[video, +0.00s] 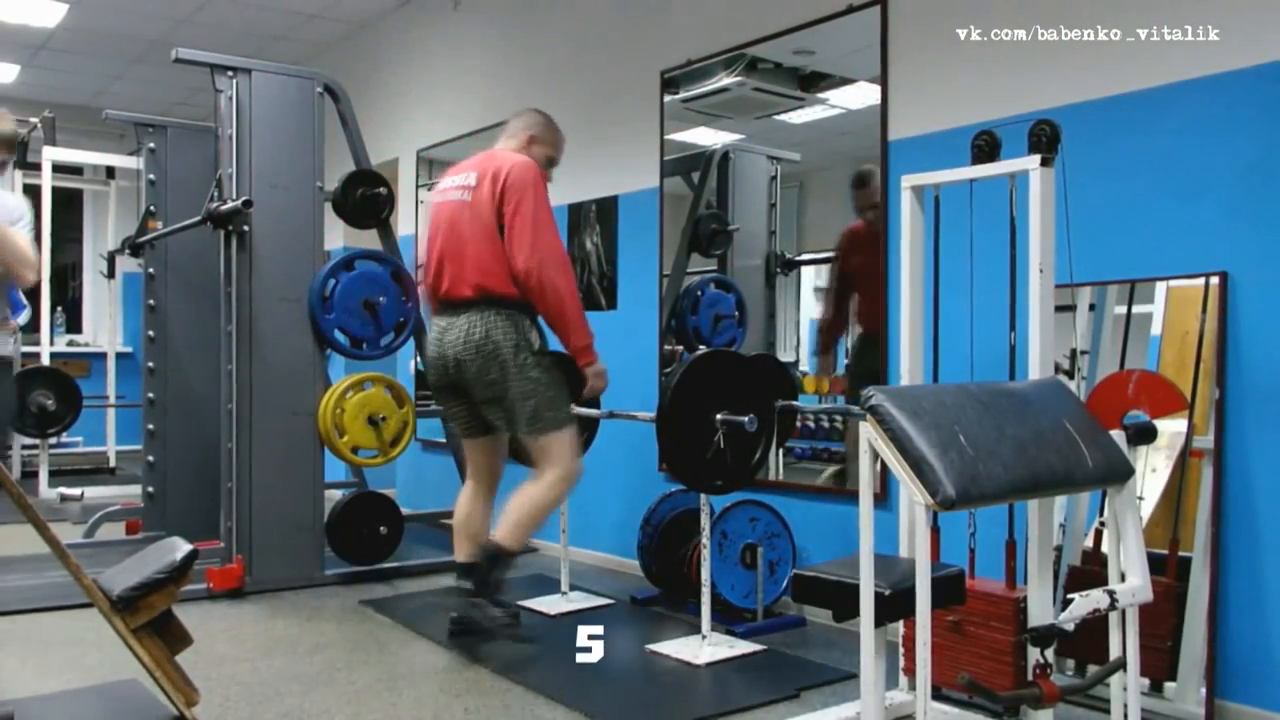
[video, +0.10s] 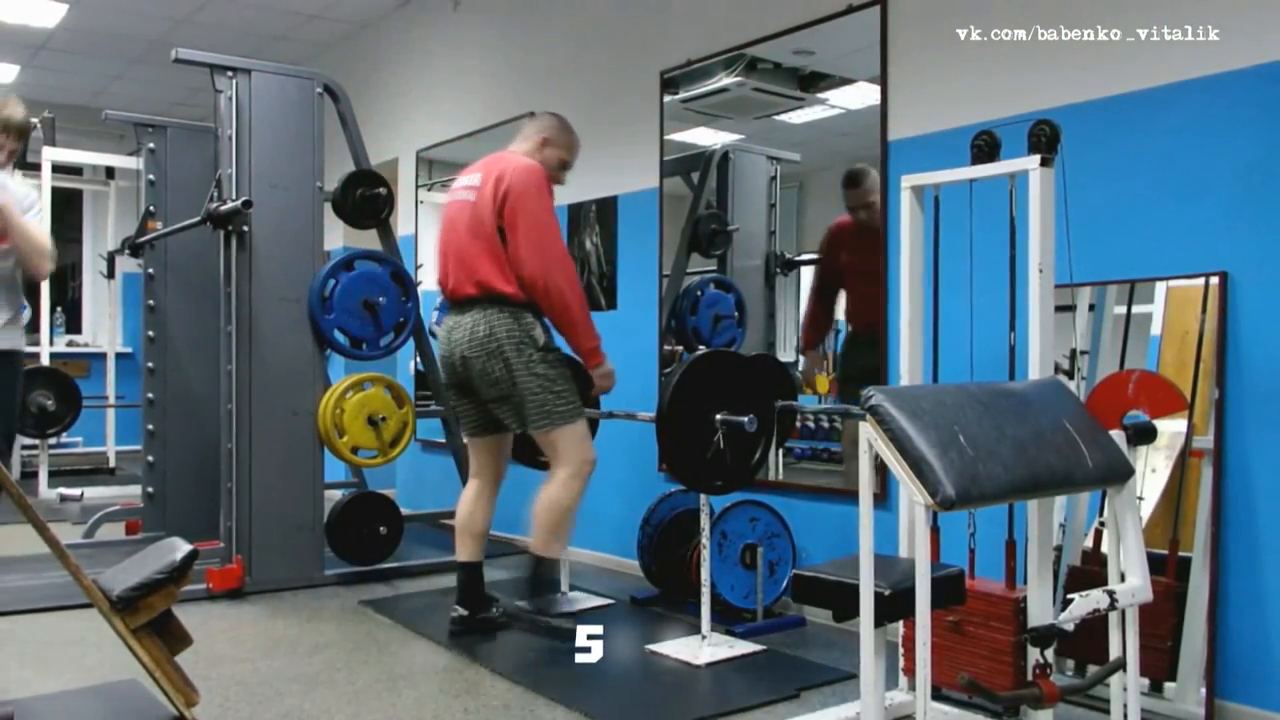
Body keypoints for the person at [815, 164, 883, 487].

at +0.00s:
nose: (870, 216)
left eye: (875, 206)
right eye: (862, 209)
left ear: (888, 199)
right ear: (855, 206)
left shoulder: (909, 231)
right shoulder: (855, 238)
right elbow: (839, 299)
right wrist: (827, 348)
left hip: (912, 341)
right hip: (872, 341)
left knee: (907, 420)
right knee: (860, 417)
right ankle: (855, 479)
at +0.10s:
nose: (862, 215)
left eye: (868, 206)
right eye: (854, 209)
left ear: (882, 197)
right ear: (845, 204)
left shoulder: (903, 227)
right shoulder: (841, 235)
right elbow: (823, 294)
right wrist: (812, 346)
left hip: (906, 340)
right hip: (862, 342)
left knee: (903, 428)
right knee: (856, 431)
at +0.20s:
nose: (857, 216)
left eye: (863, 206)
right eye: (848, 209)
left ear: (879, 194)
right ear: (840, 203)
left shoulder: (899, 226)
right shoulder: (833, 231)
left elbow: (912, 295)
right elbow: (815, 291)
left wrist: (890, 355)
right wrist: (808, 341)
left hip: (898, 340)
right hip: (855, 341)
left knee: (895, 429)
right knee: (850, 432)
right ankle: (854, 508)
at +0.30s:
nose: (853, 218)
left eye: (860, 209)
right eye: (845, 211)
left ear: (877, 195)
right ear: (837, 203)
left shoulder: (896, 228)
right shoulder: (830, 231)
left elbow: (907, 301)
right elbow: (813, 289)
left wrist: (884, 361)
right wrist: (809, 338)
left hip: (891, 347)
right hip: (849, 346)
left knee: (891, 439)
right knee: (848, 440)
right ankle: (853, 522)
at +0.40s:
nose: (849, 222)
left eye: (856, 213)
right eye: (842, 214)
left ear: (876, 199)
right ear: (834, 207)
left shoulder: (896, 230)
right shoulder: (831, 231)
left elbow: (905, 309)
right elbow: (817, 290)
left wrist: (877, 373)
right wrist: (812, 340)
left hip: (891, 345)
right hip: (849, 345)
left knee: (891, 438)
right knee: (845, 442)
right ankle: (854, 515)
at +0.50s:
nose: (848, 228)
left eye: (854, 219)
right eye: (841, 221)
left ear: (875, 203)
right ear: (833, 213)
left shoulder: (896, 231)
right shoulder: (832, 230)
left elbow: (898, 313)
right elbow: (823, 290)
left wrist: (872, 382)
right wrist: (818, 345)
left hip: (893, 343)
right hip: (855, 344)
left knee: (881, 437)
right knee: (833, 438)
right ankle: (851, 514)